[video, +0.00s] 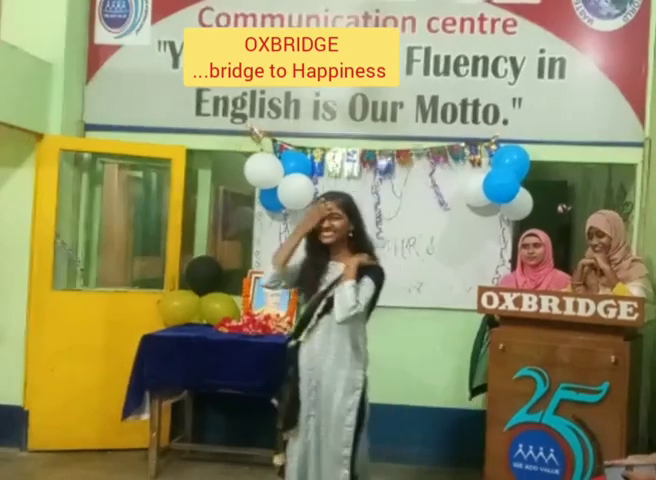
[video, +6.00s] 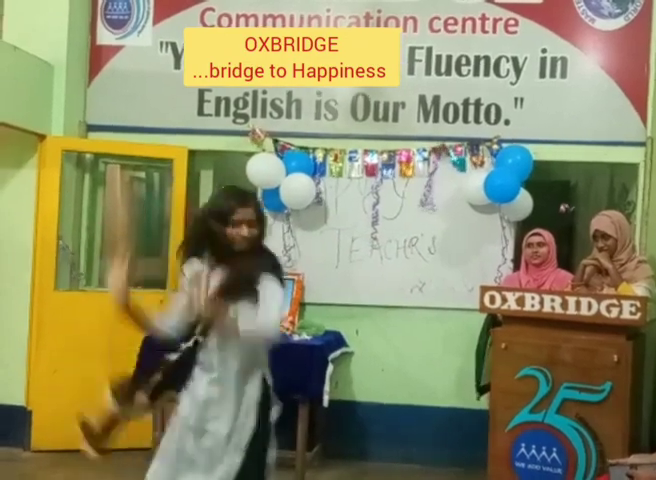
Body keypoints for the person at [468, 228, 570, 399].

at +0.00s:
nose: (530, 251)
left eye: (536, 246)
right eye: (525, 247)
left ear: (547, 250)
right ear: (519, 251)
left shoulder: (562, 280)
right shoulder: (508, 280)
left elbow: (567, 316)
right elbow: (497, 316)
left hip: (550, 346)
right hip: (513, 345)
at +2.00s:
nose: (529, 251)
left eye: (535, 246)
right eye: (524, 247)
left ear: (545, 250)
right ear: (518, 252)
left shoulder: (561, 282)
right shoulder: (506, 282)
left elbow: (566, 319)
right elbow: (494, 320)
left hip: (548, 351)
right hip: (511, 350)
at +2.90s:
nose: (531, 250)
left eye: (536, 246)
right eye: (526, 246)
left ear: (546, 250)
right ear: (519, 252)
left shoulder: (561, 281)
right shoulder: (507, 282)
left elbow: (565, 321)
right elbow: (493, 321)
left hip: (548, 351)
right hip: (512, 350)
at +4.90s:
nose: (531, 252)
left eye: (536, 246)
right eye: (525, 247)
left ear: (547, 250)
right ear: (519, 252)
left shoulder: (561, 281)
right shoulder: (508, 281)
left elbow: (566, 316)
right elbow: (496, 314)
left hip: (549, 346)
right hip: (512, 345)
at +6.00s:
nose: (535, 250)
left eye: (541, 245)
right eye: (530, 246)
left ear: (551, 249)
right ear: (523, 251)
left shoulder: (566, 280)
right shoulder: (511, 280)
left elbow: (570, 318)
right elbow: (500, 317)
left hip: (553, 349)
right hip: (516, 348)